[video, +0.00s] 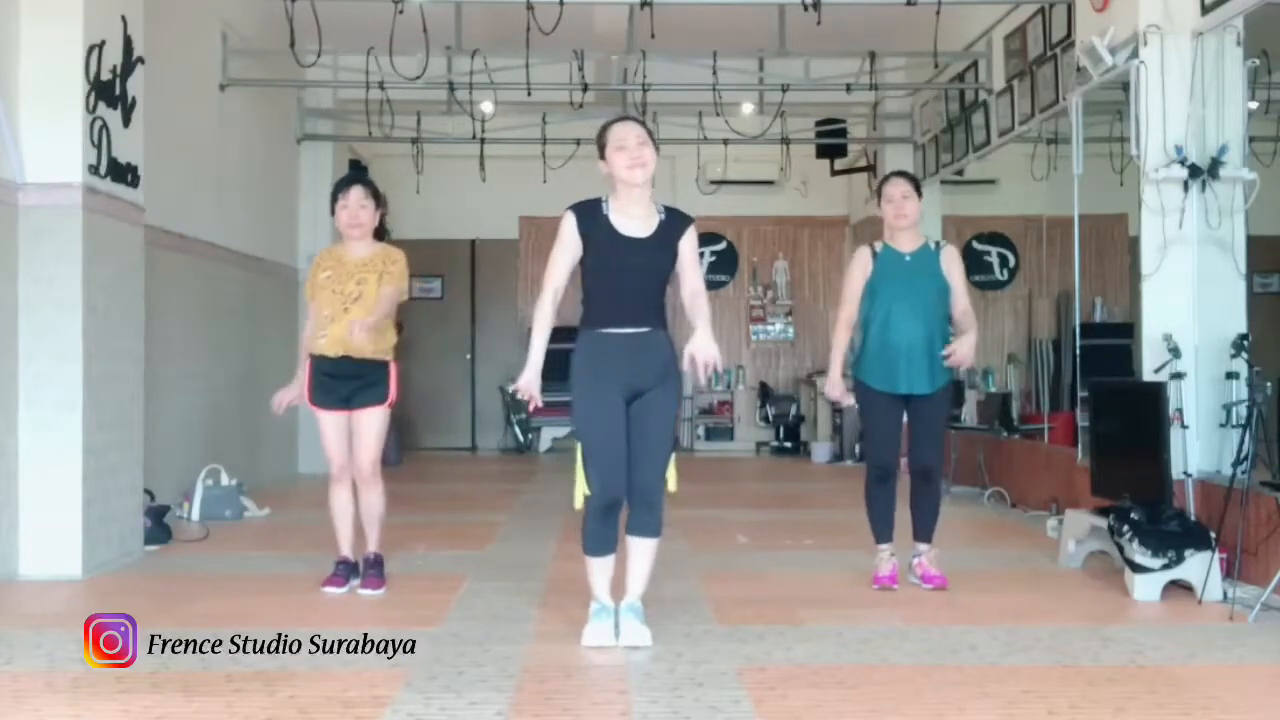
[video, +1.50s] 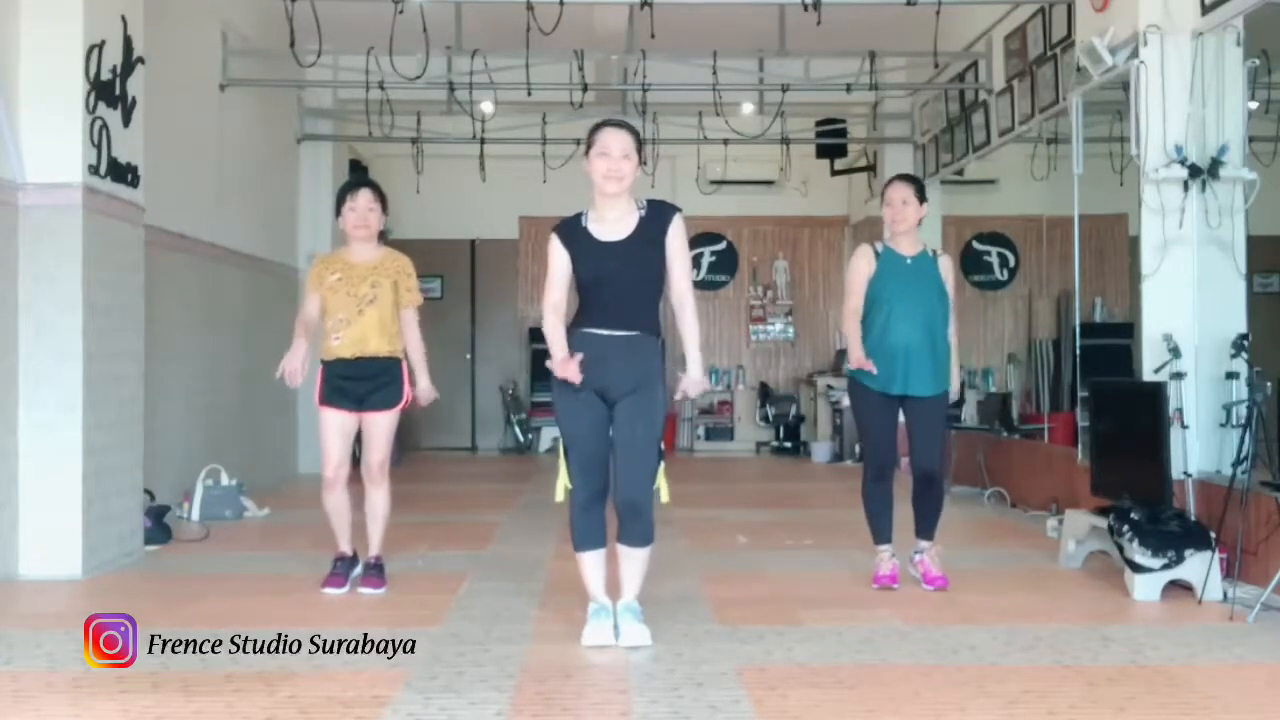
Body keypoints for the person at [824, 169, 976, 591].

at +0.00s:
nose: (898, 205)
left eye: (906, 198)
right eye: (890, 199)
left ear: (921, 204)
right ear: (880, 208)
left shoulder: (945, 256)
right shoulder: (867, 257)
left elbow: (962, 312)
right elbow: (845, 318)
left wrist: (969, 337)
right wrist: (835, 370)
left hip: (932, 380)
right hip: (878, 379)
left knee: (927, 467)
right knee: (881, 465)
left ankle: (923, 553)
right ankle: (884, 554)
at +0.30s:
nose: (904, 212)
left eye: (911, 203)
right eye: (896, 205)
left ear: (928, 208)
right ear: (888, 212)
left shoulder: (954, 260)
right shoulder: (875, 260)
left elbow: (971, 313)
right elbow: (860, 319)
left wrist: (967, 348)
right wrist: (853, 368)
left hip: (940, 385)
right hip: (887, 384)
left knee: (932, 468)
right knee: (891, 467)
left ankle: (924, 554)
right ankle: (887, 551)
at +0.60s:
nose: (905, 212)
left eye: (914, 203)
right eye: (899, 205)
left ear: (933, 209)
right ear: (892, 212)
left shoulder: (957, 261)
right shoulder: (877, 261)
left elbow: (976, 317)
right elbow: (863, 320)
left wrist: (982, 362)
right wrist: (853, 371)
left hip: (943, 384)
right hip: (889, 383)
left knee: (933, 467)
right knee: (893, 467)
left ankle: (925, 553)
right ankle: (887, 551)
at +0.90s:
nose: (890, 206)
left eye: (899, 198)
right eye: (888, 199)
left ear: (924, 205)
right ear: (887, 205)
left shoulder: (951, 258)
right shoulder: (873, 253)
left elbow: (968, 321)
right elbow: (853, 306)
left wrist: (986, 377)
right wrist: (853, 351)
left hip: (937, 378)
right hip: (882, 377)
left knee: (932, 467)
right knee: (884, 463)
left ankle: (924, 553)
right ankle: (885, 553)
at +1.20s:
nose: (890, 212)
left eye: (898, 204)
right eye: (886, 205)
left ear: (922, 209)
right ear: (881, 210)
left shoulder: (945, 264)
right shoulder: (869, 257)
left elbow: (947, 324)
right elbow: (854, 309)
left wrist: (946, 371)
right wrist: (863, 345)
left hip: (926, 382)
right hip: (873, 379)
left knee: (927, 468)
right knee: (879, 464)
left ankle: (925, 550)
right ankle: (883, 553)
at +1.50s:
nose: (894, 210)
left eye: (904, 203)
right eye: (888, 203)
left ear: (922, 210)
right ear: (881, 209)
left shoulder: (942, 263)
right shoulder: (867, 256)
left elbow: (949, 322)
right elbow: (851, 312)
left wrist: (953, 371)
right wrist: (856, 356)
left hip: (929, 380)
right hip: (875, 377)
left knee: (929, 468)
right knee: (879, 464)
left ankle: (925, 551)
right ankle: (884, 553)